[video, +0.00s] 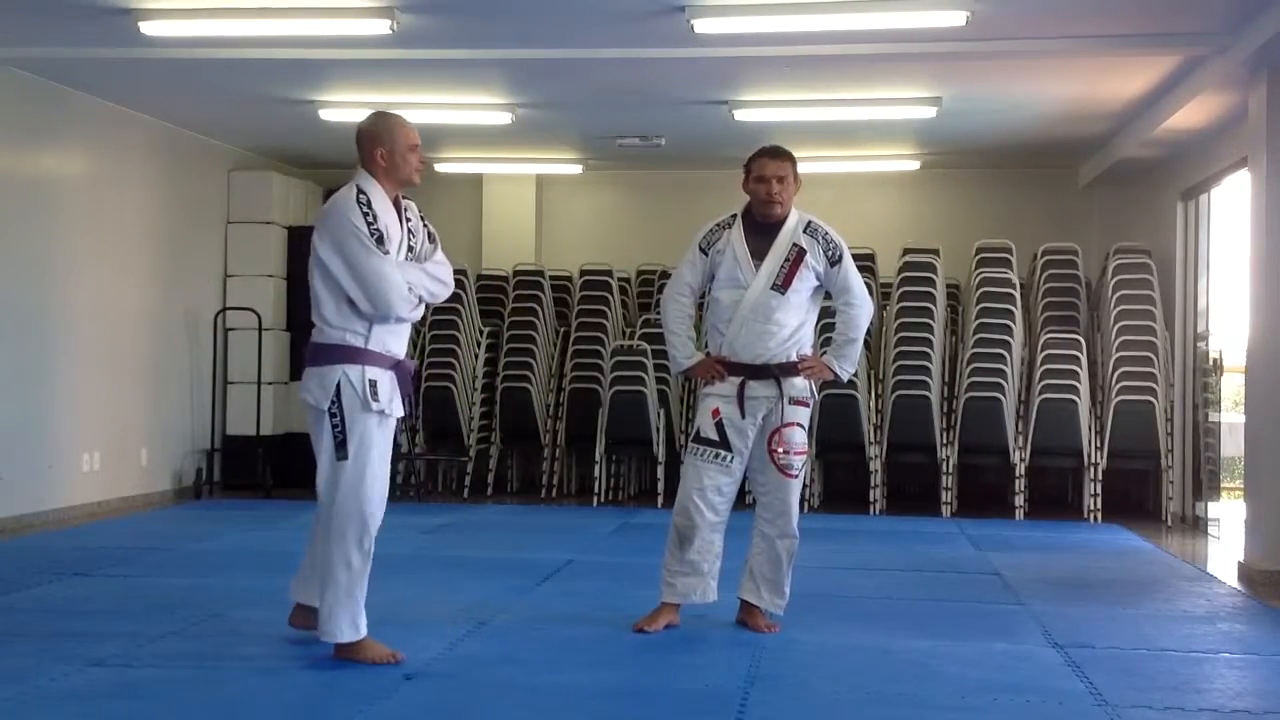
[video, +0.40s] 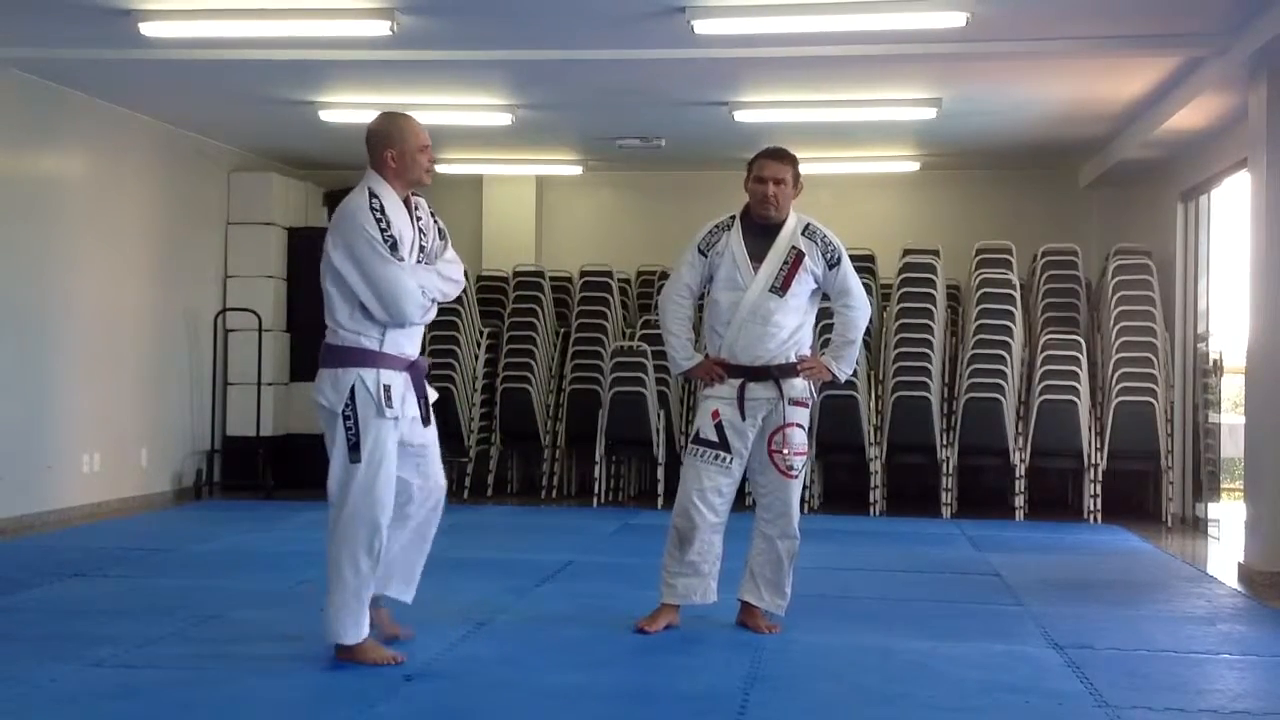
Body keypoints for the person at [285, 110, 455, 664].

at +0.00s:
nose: (422, 159)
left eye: (421, 149)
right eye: (414, 150)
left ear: (390, 156)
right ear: (381, 155)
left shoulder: (407, 213)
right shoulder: (348, 208)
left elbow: (444, 276)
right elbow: (387, 297)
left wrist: (395, 272)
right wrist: (425, 287)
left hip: (381, 373)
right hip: (347, 373)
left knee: (353, 497)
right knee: (358, 504)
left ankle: (311, 603)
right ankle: (346, 634)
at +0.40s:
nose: (433, 159)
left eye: (431, 150)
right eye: (423, 151)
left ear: (399, 156)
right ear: (391, 157)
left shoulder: (421, 212)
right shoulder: (360, 213)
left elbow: (455, 275)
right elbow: (402, 303)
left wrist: (406, 273)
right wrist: (438, 284)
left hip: (406, 375)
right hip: (360, 376)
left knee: (423, 490)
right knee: (363, 502)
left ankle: (374, 602)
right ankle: (348, 635)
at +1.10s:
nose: (502, 180)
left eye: (502, 170)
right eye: (497, 170)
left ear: (472, 171)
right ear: (466, 171)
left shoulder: (489, 224)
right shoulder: (416, 221)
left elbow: (525, 288)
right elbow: (451, 300)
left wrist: (465, 276)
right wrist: (499, 300)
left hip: (484, 375)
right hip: (432, 372)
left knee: (485, 494)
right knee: (432, 485)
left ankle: (455, 614)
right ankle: (378, 619)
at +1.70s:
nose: (537, 191)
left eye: (539, 181)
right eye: (534, 180)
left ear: (509, 174)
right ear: (505, 174)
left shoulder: (512, 232)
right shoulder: (452, 215)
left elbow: (549, 305)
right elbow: (483, 299)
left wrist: (541, 289)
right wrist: (526, 308)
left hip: (499, 388)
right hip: (454, 386)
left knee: (497, 507)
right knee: (453, 508)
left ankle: (466, 617)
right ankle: (439, 633)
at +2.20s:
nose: (545, 191)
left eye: (546, 181)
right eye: (541, 180)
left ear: (514, 176)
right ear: (513, 176)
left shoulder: (514, 236)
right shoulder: (462, 215)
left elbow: (524, 318)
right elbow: (456, 303)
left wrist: (573, 355)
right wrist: (480, 381)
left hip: (506, 385)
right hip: (460, 382)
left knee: (497, 506)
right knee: (455, 508)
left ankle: (466, 617)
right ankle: (439, 632)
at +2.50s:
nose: (546, 199)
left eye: (548, 189)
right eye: (542, 188)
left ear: (517, 182)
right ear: (512, 180)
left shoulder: (507, 235)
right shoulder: (463, 212)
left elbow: (524, 303)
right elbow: (434, 293)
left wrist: (561, 274)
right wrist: (453, 371)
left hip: (504, 389)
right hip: (466, 385)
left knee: (494, 509)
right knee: (457, 508)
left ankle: (463, 617)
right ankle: (438, 631)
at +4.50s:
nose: (533, 203)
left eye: (537, 192)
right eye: (528, 191)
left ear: (508, 185)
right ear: (499, 181)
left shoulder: (512, 242)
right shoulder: (443, 210)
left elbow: (536, 293)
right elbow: (422, 273)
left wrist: (540, 309)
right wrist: (495, 326)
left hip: (497, 389)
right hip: (451, 385)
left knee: (491, 508)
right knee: (450, 507)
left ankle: (463, 618)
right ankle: (439, 632)